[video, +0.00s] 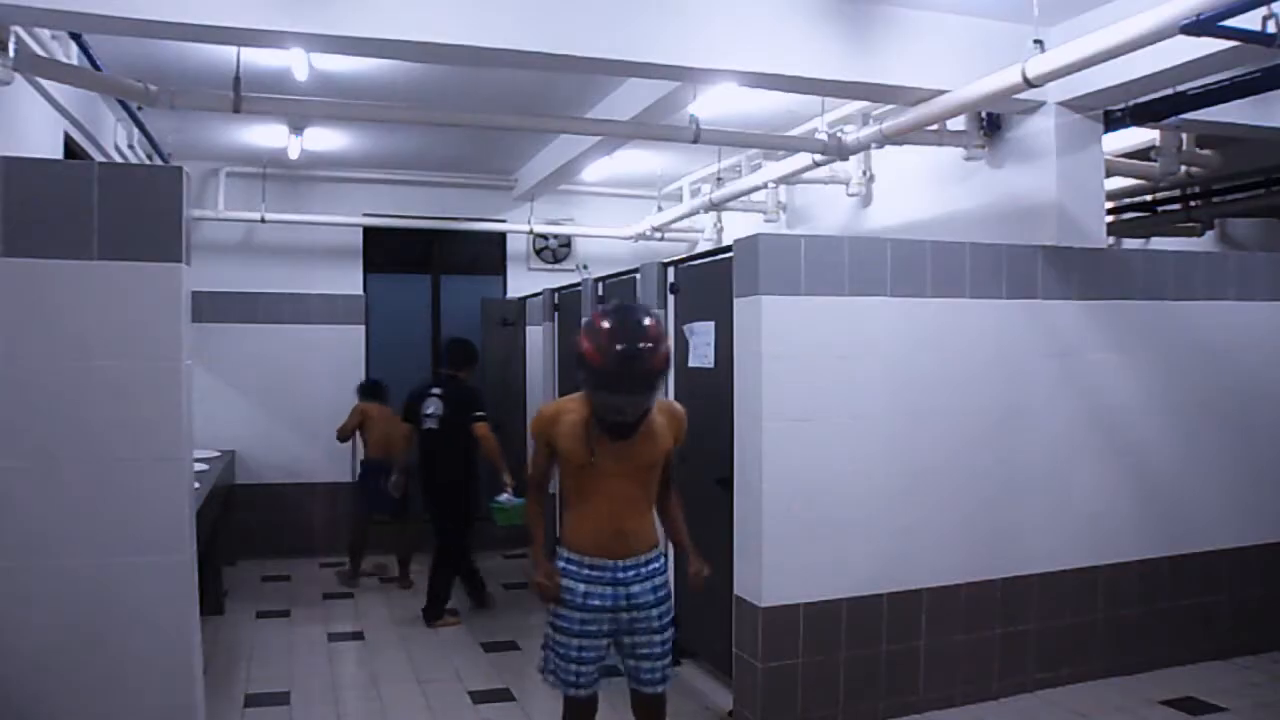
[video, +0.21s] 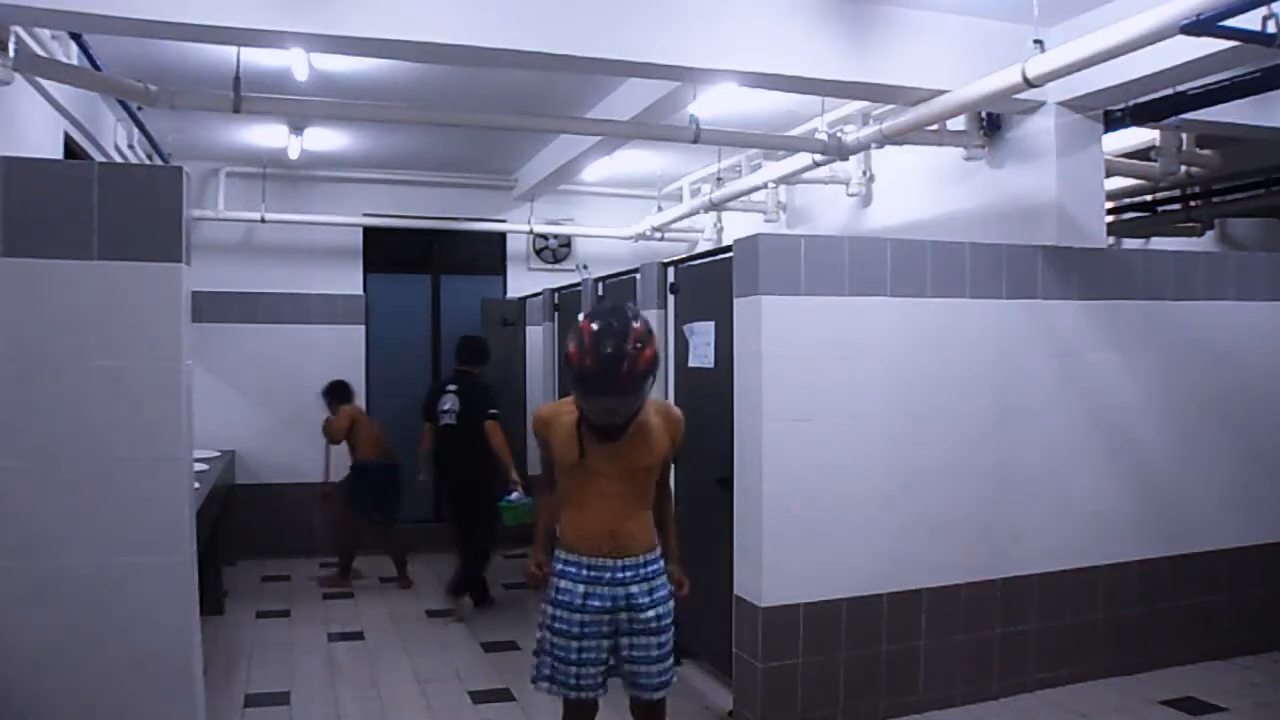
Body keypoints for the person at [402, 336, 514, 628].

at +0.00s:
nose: (473, 371)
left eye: (472, 366)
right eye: (473, 366)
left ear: (443, 362)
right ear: (469, 366)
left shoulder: (422, 392)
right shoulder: (469, 394)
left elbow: (405, 433)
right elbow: (484, 435)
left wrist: (399, 470)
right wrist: (504, 471)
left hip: (430, 476)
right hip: (460, 477)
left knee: (455, 540)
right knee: (450, 542)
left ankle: (479, 594)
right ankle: (434, 611)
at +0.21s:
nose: (483, 365)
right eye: (483, 360)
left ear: (457, 358)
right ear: (483, 361)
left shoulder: (439, 389)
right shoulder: (483, 391)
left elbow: (428, 431)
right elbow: (493, 431)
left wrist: (424, 464)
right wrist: (512, 469)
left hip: (449, 471)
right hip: (479, 471)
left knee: (464, 530)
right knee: (484, 530)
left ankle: (480, 593)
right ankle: (458, 589)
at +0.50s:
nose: (501, 366)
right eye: (500, 361)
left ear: (474, 360)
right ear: (500, 362)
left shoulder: (457, 388)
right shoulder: (499, 390)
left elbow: (448, 423)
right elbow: (506, 428)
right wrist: (522, 463)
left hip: (465, 469)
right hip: (496, 468)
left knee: (471, 530)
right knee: (508, 520)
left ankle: (478, 593)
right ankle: (516, 577)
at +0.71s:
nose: (510, 368)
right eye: (511, 362)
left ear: (487, 359)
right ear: (512, 363)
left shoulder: (468, 385)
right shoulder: (511, 390)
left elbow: (456, 420)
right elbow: (517, 428)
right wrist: (528, 464)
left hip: (473, 466)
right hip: (503, 467)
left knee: (477, 523)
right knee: (509, 521)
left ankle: (480, 585)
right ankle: (511, 579)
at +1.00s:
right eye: (512, 360)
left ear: (489, 358)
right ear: (515, 361)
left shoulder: (472, 384)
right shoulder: (521, 389)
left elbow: (457, 414)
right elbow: (526, 424)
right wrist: (533, 453)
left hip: (478, 462)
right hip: (510, 463)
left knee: (479, 515)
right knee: (511, 518)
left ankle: (483, 570)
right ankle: (511, 577)